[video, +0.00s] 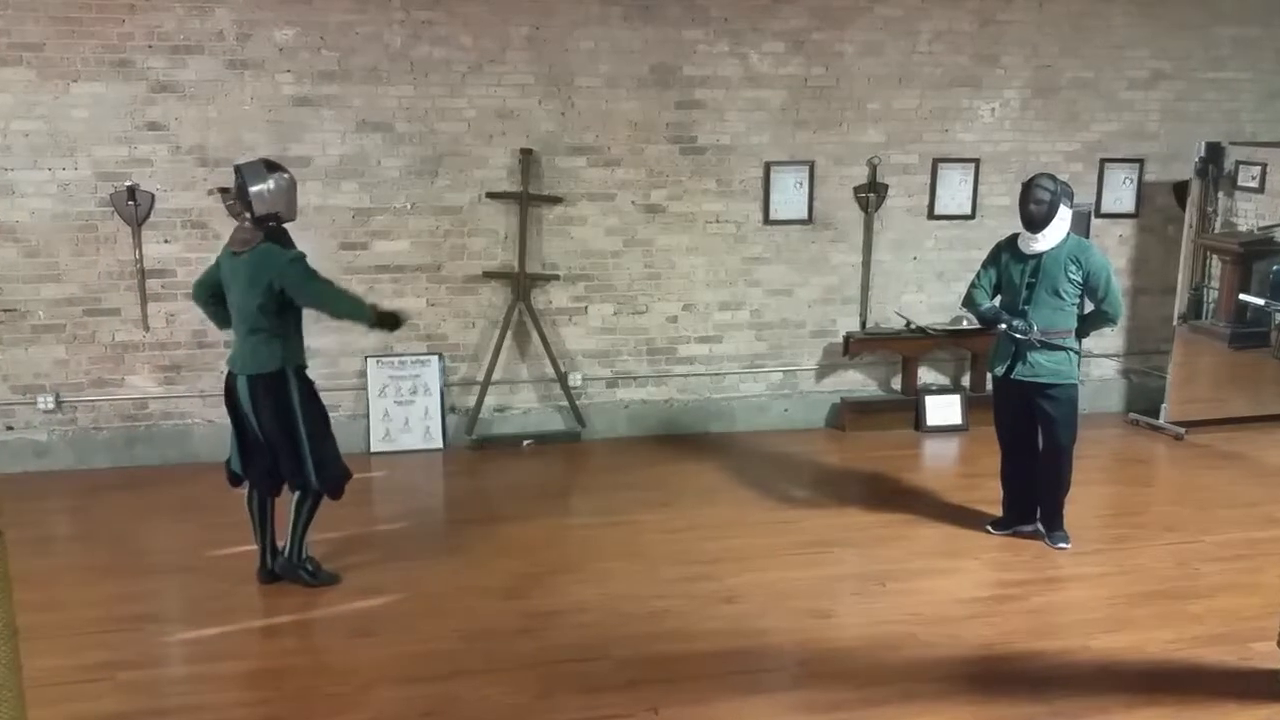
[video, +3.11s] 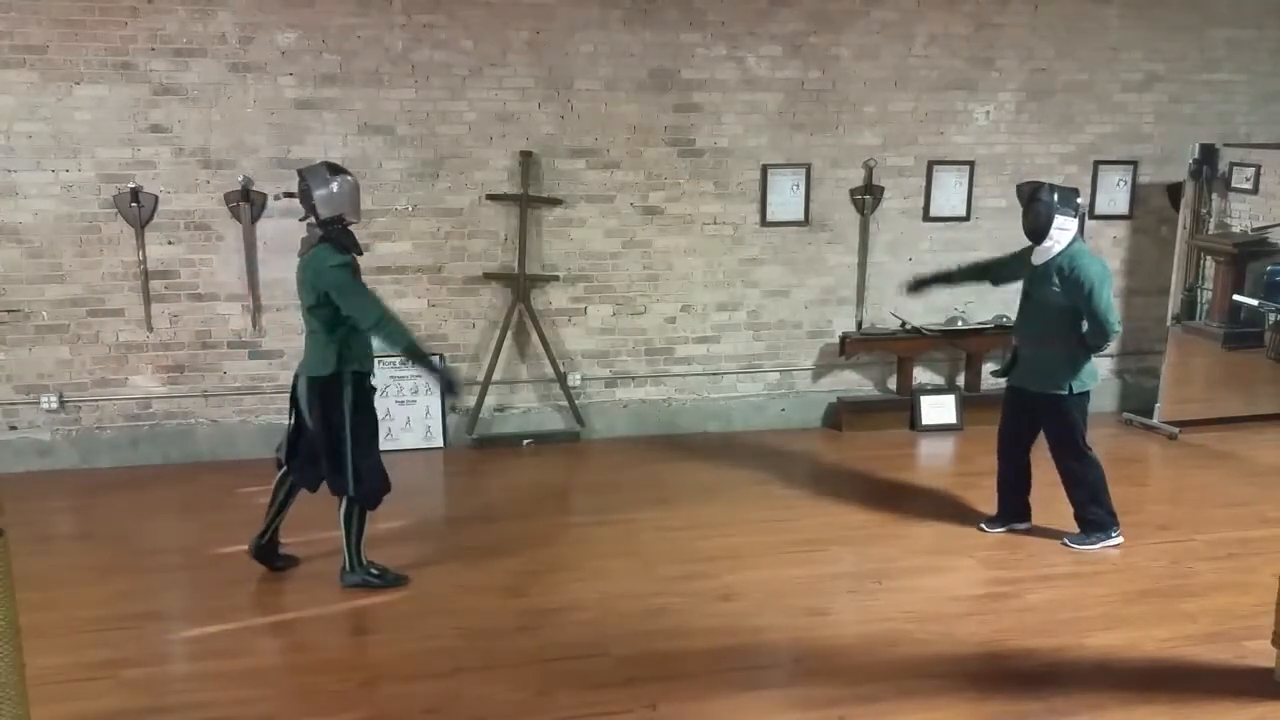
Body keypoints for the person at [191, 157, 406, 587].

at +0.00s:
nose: (292, 203)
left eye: (288, 195)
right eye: (286, 196)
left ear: (247, 204)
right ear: (275, 202)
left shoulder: (234, 250)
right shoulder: (278, 255)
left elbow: (203, 291)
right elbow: (319, 293)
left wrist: (235, 324)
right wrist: (373, 314)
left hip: (242, 376)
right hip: (278, 376)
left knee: (262, 469)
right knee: (320, 466)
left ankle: (267, 557)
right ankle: (294, 554)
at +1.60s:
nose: (304, 205)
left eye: (301, 197)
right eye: (298, 199)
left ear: (259, 214)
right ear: (288, 208)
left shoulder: (257, 260)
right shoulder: (288, 263)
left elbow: (236, 291)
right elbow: (312, 330)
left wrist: (269, 327)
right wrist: (351, 298)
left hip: (258, 379)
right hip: (293, 380)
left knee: (270, 469)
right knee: (336, 468)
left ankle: (271, 557)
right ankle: (317, 555)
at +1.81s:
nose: (312, 209)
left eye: (307, 202)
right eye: (306, 202)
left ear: (270, 210)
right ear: (297, 208)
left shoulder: (267, 259)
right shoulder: (291, 265)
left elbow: (279, 332)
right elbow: (305, 341)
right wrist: (363, 364)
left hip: (270, 378)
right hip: (295, 380)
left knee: (277, 469)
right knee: (331, 470)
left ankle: (272, 557)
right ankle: (352, 565)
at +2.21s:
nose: (327, 200)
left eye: (325, 192)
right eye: (320, 194)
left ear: (291, 202)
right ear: (305, 200)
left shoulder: (317, 247)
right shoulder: (301, 259)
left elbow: (327, 323)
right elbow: (311, 334)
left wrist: (354, 376)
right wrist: (318, 401)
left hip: (338, 376)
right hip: (332, 380)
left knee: (316, 460)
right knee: (355, 470)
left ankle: (280, 532)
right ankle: (354, 564)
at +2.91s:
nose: (347, 202)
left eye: (343, 194)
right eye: (340, 195)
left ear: (308, 203)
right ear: (325, 201)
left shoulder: (320, 252)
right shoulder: (323, 260)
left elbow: (334, 330)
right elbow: (340, 333)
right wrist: (360, 396)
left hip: (324, 379)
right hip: (339, 383)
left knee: (314, 463)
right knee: (362, 476)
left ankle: (273, 537)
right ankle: (355, 565)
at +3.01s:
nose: (351, 206)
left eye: (347, 198)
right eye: (346, 199)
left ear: (310, 205)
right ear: (336, 203)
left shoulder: (314, 254)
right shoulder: (329, 262)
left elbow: (339, 328)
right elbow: (357, 333)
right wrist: (394, 388)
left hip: (318, 376)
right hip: (342, 378)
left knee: (308, 461)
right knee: (363, 473)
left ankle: (269, 539)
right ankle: (356, 565)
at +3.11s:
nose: (355, 206)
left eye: (352, 198)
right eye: (349, 200)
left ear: (314, 207)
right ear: (338, 205)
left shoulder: (315, 253)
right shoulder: (331, 262)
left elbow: (328, 322)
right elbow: (376, 318)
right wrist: (429, 364)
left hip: (315, 376)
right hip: (340, 379)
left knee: (302, 461)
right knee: (359, 472)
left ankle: (266, 541)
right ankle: (355, 566)